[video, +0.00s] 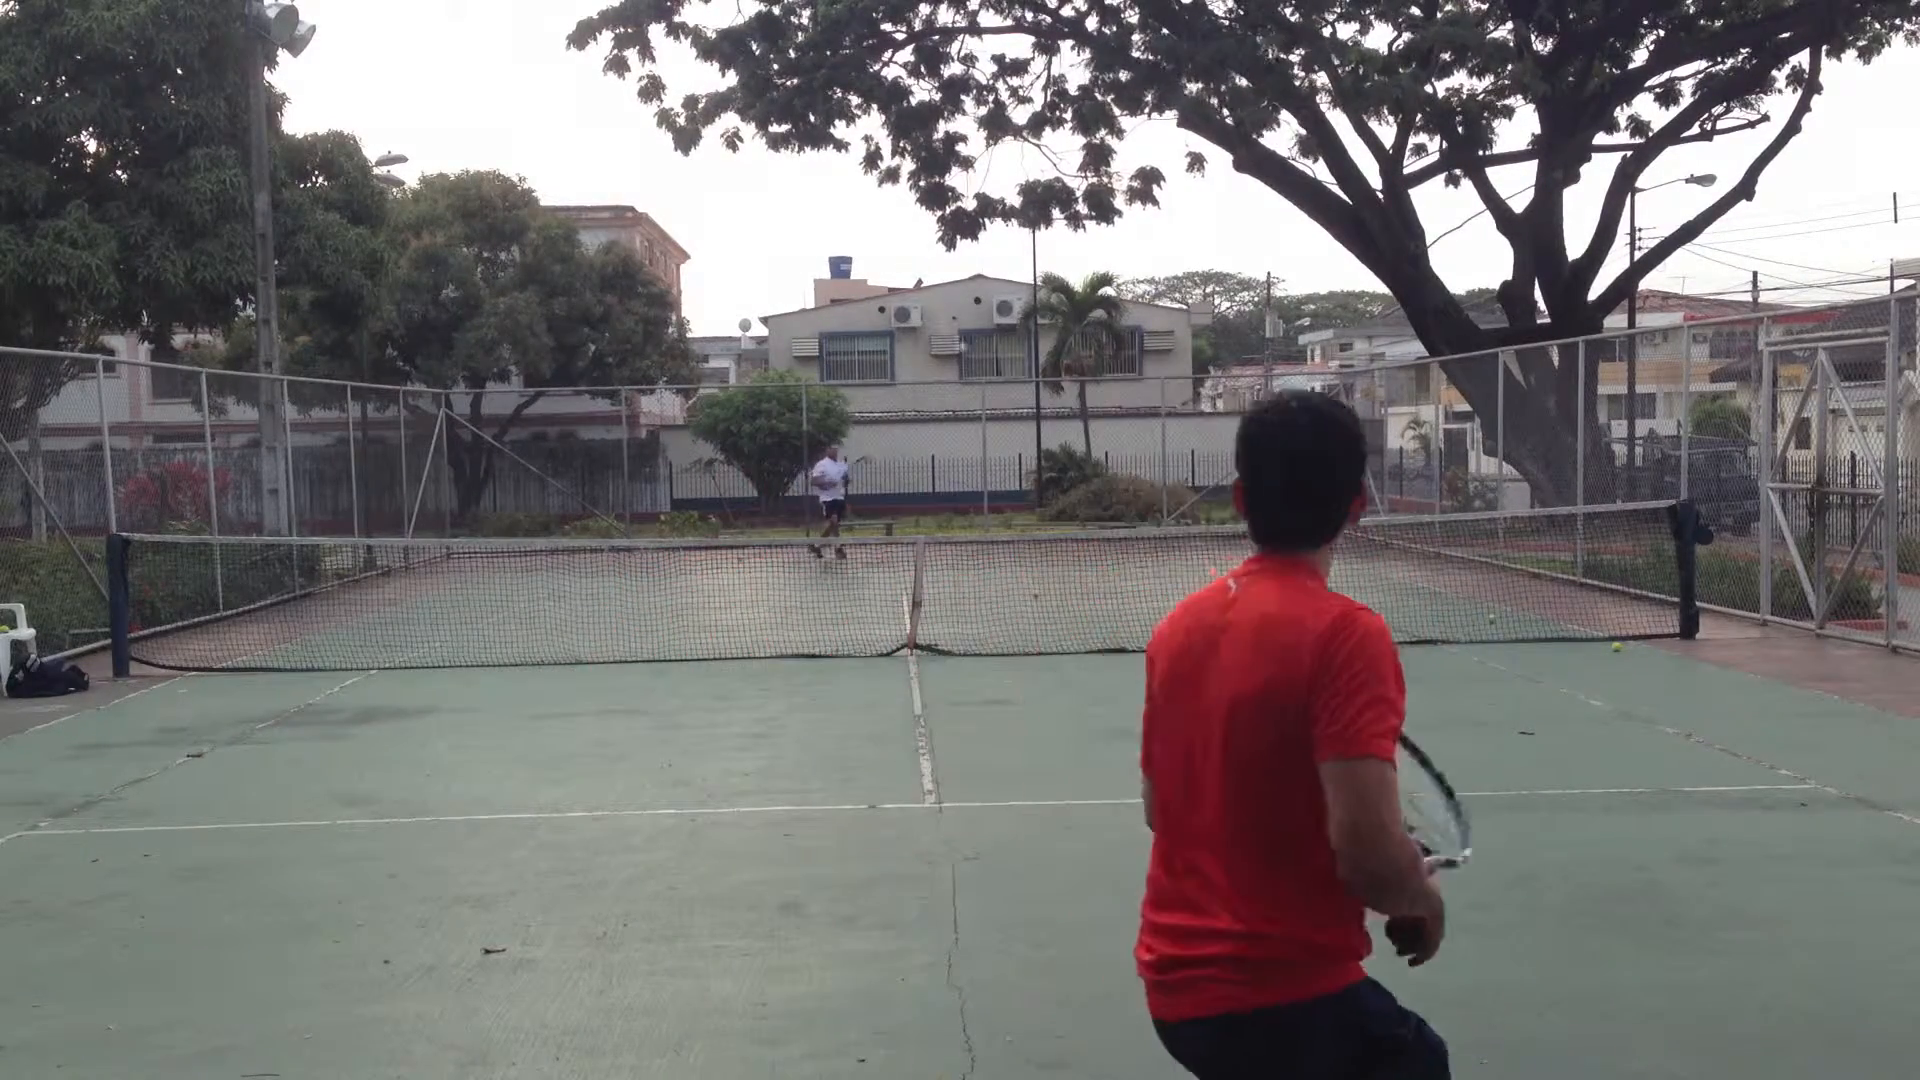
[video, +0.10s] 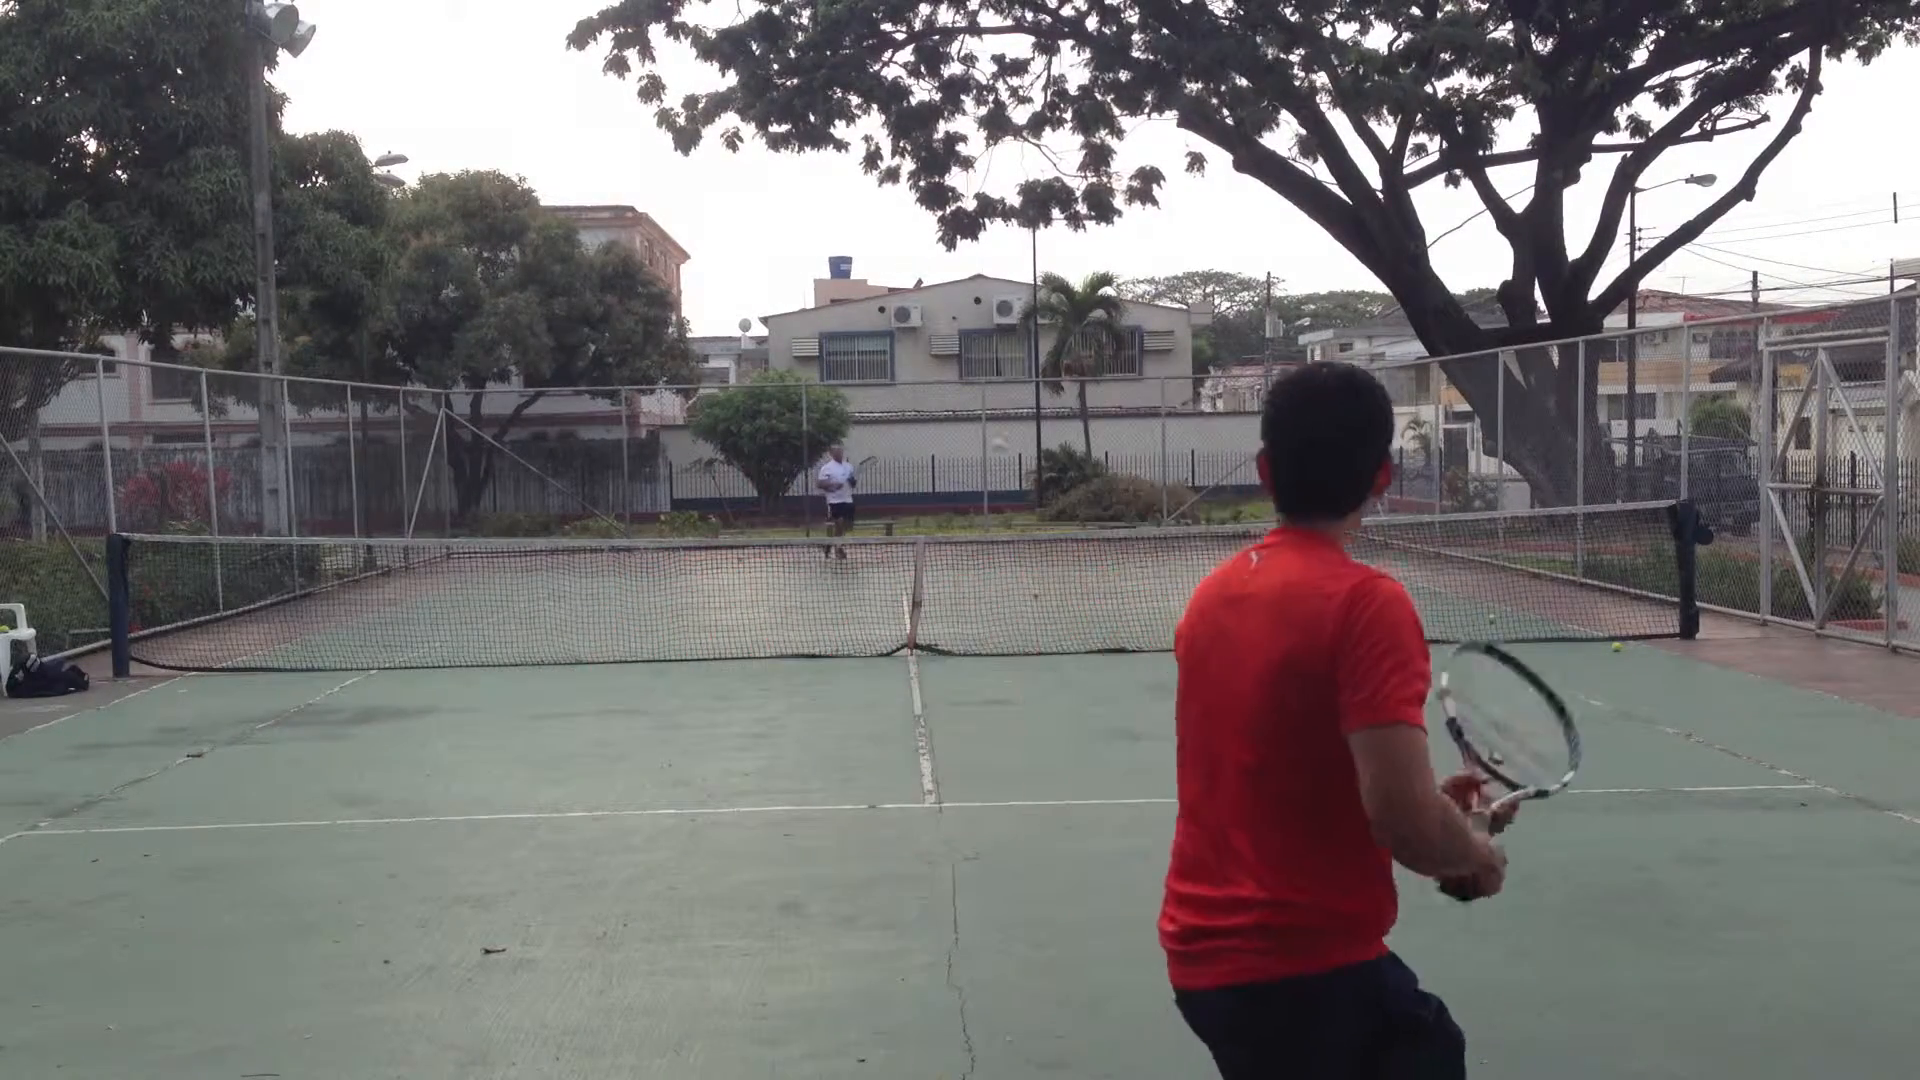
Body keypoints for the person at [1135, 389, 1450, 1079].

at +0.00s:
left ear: (1239, 497)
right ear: (1358, 507)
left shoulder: (1177, 629)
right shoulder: (1346, 634)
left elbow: (1161, 808)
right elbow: (1365, 844)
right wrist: (1417, 901)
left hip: (1183, 994)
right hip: (1291, 1001)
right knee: (1419, 1059)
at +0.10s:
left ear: (1263, 469)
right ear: (1383, 478)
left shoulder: (1211, 596)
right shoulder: (1367, 602)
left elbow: (1261, 783)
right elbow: (1402, 808)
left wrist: (1426, 806)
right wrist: (1472, 858)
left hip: (1207, 964)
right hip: (1313, 972)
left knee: (1432, 1047)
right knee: (1431, 1053)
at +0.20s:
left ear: (1275, 455)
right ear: (1395, 460)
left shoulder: (1237, 576)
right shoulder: (1370, 584)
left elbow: (1323, 736)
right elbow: (1435, 792)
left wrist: (1478, 738)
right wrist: (1521, 792)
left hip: (1224, 948)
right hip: (1324, 958)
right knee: (1434, 1052)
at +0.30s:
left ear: (1291, 452)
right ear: (1409, 456)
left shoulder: (1261, 565)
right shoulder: (1371, 579)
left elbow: (1395, 691)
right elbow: (1448, 779)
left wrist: (1549, 669)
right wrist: (1564, 739)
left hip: (1237, 939)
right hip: (1326, 954)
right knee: (1442, 1045)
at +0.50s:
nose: (1472, 454)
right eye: (1473, 439)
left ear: (1341, 449)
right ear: (1466, 458)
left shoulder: (1321, 559)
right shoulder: (1415, 585)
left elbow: (1473, 624)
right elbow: (1461, 777)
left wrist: (1627, 604)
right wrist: (1650, 709)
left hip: (1293, 945)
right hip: (1377, 962)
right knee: (1497, 1056)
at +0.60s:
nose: (1513, 456)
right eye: (1514, 440)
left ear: (1382, 451)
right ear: (1509, 462)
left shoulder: (1358, 560)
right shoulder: (1454, 589)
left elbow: (1516, 614)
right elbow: (1487, 791)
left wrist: (1665, 592)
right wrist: (1704, 737)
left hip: (1322, 956)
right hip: (1410, 978)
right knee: (1538, 1060)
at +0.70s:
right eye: (1563, 434)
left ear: (1423, 448)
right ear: (1558, 459)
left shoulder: (1393, 552)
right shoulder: (1494, 593)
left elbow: (1534, 606)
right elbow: (1520, 803)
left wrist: (1701, 592)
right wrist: (1764, 787)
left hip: (1347, 957)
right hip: (1438, 980)